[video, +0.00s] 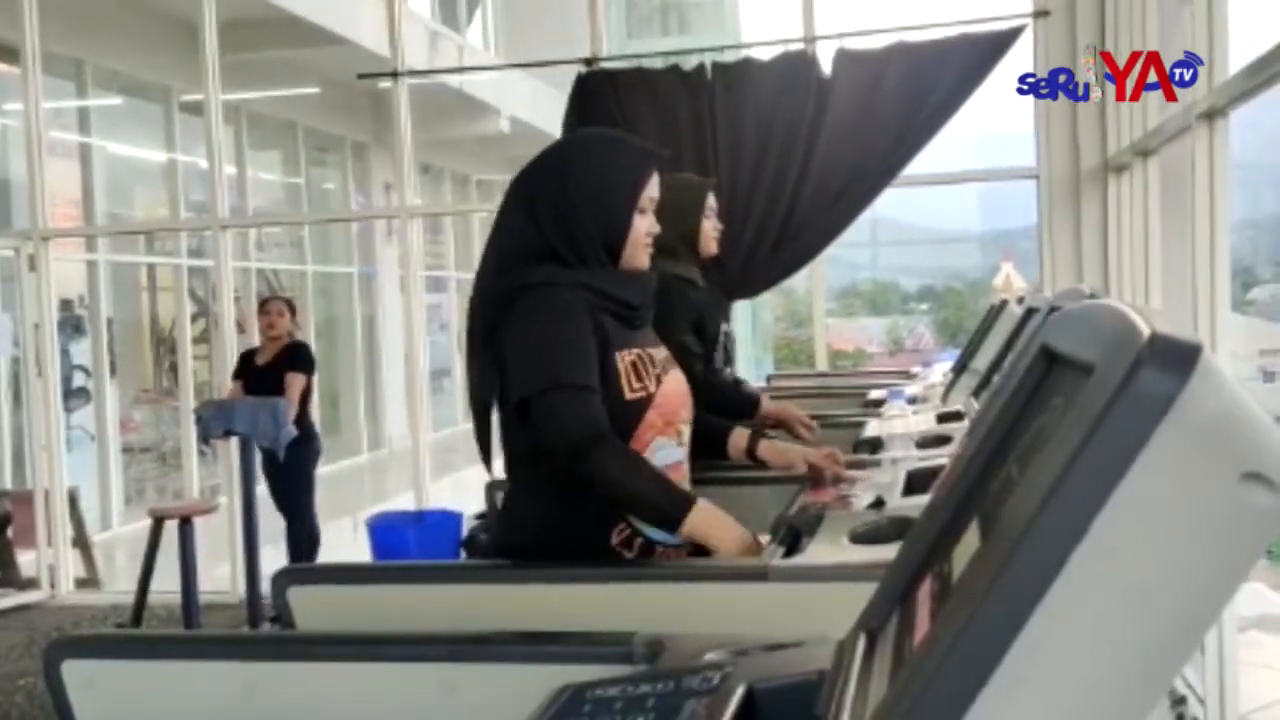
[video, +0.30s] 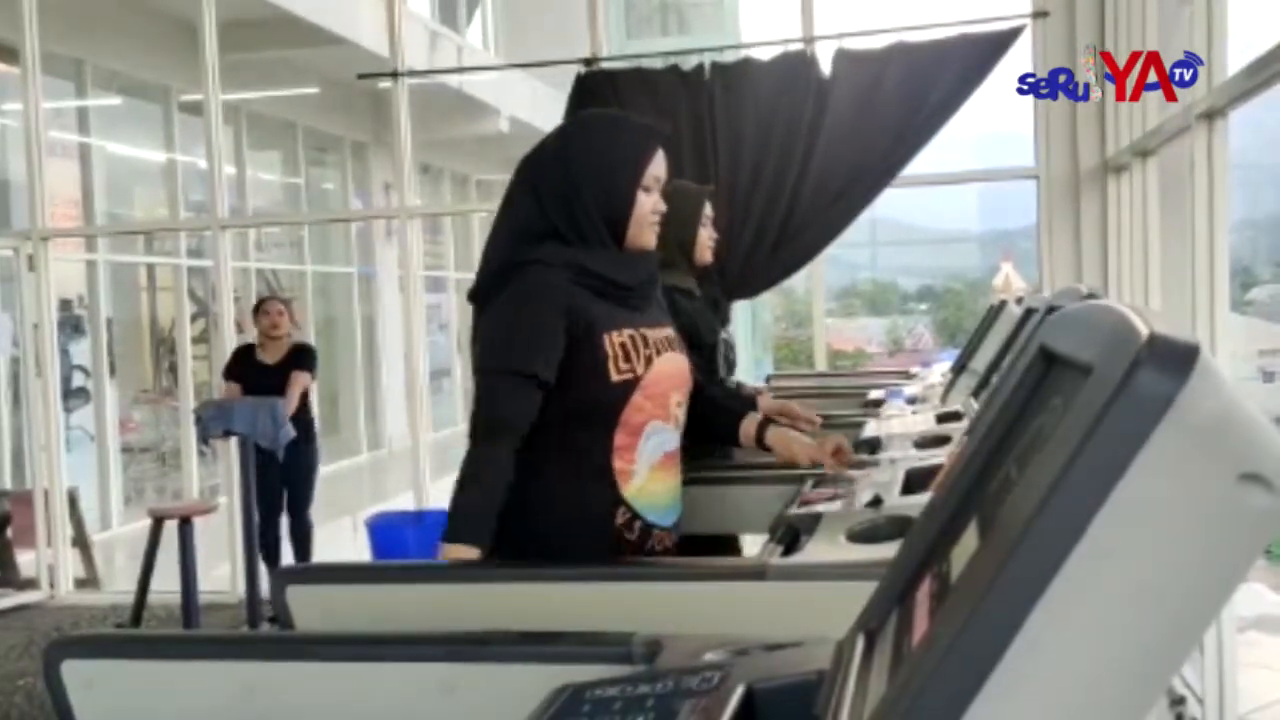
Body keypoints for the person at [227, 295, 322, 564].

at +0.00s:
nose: (272, 319)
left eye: (279, 314)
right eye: (266, 314)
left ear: (291, 321)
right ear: (259, 320)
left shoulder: (298, 351)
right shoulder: (248, 358)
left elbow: (293, 395)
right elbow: (235, 396)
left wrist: (282, 428)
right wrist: (218, 420)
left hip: (299, 436)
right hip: (267, 439)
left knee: (300, 509)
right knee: (289, 510)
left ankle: (302, 572)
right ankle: (299, 571)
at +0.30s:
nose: (274, 319)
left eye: (280, 313)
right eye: (266, 314)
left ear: (290, 320)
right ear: (256, 322)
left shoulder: (302, 353)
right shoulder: (242, 354)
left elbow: (295, 390)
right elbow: (232, 396)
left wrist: (278, 422)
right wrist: (239, 423)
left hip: (298, 434)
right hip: (259, 436)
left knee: (298, 509)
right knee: (268, 511)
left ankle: (303, 573)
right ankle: (273, 576)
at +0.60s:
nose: (274, 319)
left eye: (279, 313)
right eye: (266, 314)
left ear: (288, 319)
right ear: (254, 323)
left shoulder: (300, 352)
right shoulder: (242, 351)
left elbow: (294, 388)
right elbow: (230, 393)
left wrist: (276, 419)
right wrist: (235, 423)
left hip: (291, 436)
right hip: (253, 436)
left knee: (285, 511)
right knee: (262, 511)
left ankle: (288, 577)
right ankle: (275, 576)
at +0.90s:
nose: (273, 319)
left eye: (278, 313)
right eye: (265, 314)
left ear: (288, 319)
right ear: (255, 322)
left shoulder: (300, 352)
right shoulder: (241, 355)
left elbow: (293, 389)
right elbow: (230, 394)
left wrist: (276, 420)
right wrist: (232, 422)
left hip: (297, 435)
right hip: (258, 437)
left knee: (300, 505)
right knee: (271, 509)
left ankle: (307, 567)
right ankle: (276, 570)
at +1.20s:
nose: (269, 318)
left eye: (277, 313)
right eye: (264, 313)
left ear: (290, 319)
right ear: (258, 319)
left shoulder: (296, 350)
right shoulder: (248, 355)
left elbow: (289, 392)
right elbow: (235, 393)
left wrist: (279, 425)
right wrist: (216, 417)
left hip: (298, 432)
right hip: (268, 434)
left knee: (297, 502)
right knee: (287, 503)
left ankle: (301, 567)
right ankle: (302, 563)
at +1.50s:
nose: (264, 319)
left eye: (272, 314)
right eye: (259, 314)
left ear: (287, 320)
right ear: (253, 320)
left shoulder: (292, 351)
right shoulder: (247, 356)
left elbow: (287, 398)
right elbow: (234, 395)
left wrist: (275, 429)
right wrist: (216, 418)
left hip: (295, 433)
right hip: (266, 436)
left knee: (297, 504)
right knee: (287, 504)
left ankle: (300, 568)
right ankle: (302, 564)